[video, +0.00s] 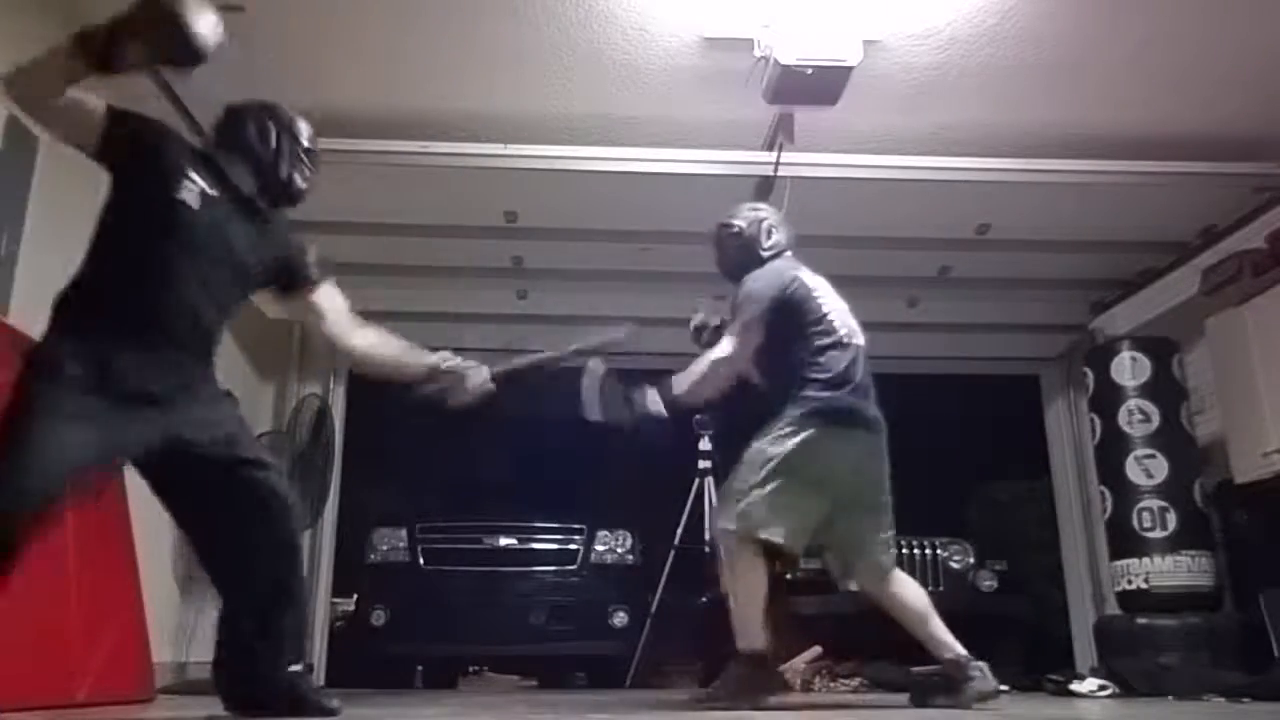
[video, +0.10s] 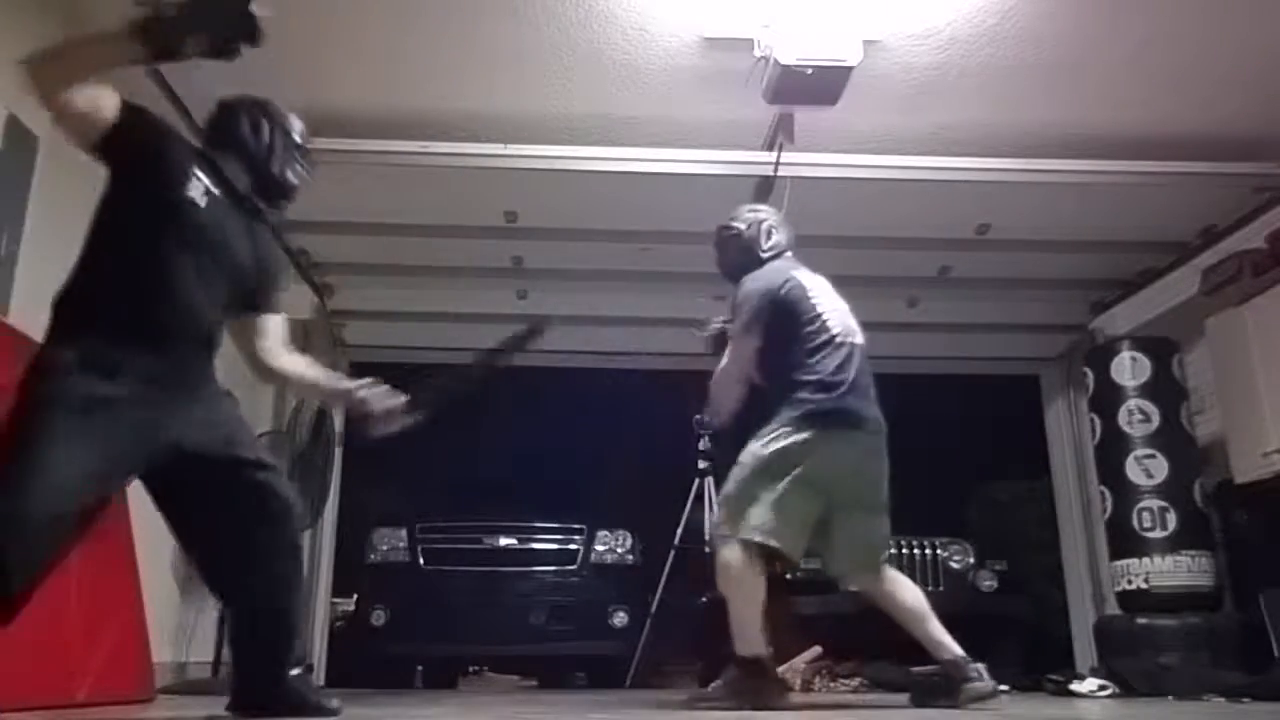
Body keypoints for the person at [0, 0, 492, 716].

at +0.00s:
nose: (300, 174)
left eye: (303, 163)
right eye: (295, 155)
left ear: (276, 165)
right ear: (260, 140)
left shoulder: (279, 241)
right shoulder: (158, 151)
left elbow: (348, 333)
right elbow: (30, 92)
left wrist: (440, 369)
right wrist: (111, 46)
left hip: (186, 398)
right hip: (83, 378)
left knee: (267, 523)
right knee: (14, 500)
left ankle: (259, 684)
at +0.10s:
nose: (295, 176)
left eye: (297, 164)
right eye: (289, 158)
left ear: (254, 157)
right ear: (256, 145)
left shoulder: (259, 246)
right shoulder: (160, 148)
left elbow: (272, 352)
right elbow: (49, 79)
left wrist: (349, 389)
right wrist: (154, 42)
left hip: (189, 400)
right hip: (91, 383)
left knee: (265, 515)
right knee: (21, 528)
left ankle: (265, 686)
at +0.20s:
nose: (270, 122)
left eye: (274, 110)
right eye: (258, 100)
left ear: (260, 123)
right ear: (213, 89)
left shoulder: (221, 206)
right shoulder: (141, 129)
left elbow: (201, 325)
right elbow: (108, 82)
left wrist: (267, 380)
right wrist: (214, 47)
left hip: (178, 382)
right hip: (80, 364)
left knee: (240, 532)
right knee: (12, 532)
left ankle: (263, 685)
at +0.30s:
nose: (233, 109)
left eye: (238, 99)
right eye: (224, 94)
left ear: (228, 100)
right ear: (188, 81)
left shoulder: (192, 178)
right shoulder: (112, 105)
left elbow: (171, 284)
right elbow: (169, 125)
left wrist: (243, 315)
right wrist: (302, 101)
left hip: (163, 356)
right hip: (72, 343)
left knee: (216, 497)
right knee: (9, 497)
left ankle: (230, 676)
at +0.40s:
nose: (238, 91)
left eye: (239, 79)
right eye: (227, 74)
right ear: (180, 66)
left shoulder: (199, 153)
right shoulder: (114, 102)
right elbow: (174, 165)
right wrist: (309, 183)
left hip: (164, 355)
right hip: (73, 342)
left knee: (207, 511)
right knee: (11, 503)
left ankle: (156, 681)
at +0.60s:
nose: (255, 83)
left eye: (256, 68)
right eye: (243, 66)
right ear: (203, 62)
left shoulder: (215, 157)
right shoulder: (144, 100)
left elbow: (213, 264)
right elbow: (101, 191)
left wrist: (258, 312)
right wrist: (213, 292)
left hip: (167, 360)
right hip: (81, 344)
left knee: (171, 525)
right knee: (15, 515)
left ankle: (93, 685)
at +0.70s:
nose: (270, 74)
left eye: (271, 59)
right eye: (262, 54)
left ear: (233, 53)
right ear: (220, 43)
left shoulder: (216, 141)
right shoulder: (134, 90)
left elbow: (187, 258)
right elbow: (53, 180)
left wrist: (280, 244)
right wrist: (146, 267)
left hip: (165, 356)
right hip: (74, 338)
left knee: (171, 530)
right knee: (28, 475)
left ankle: (95, 690)